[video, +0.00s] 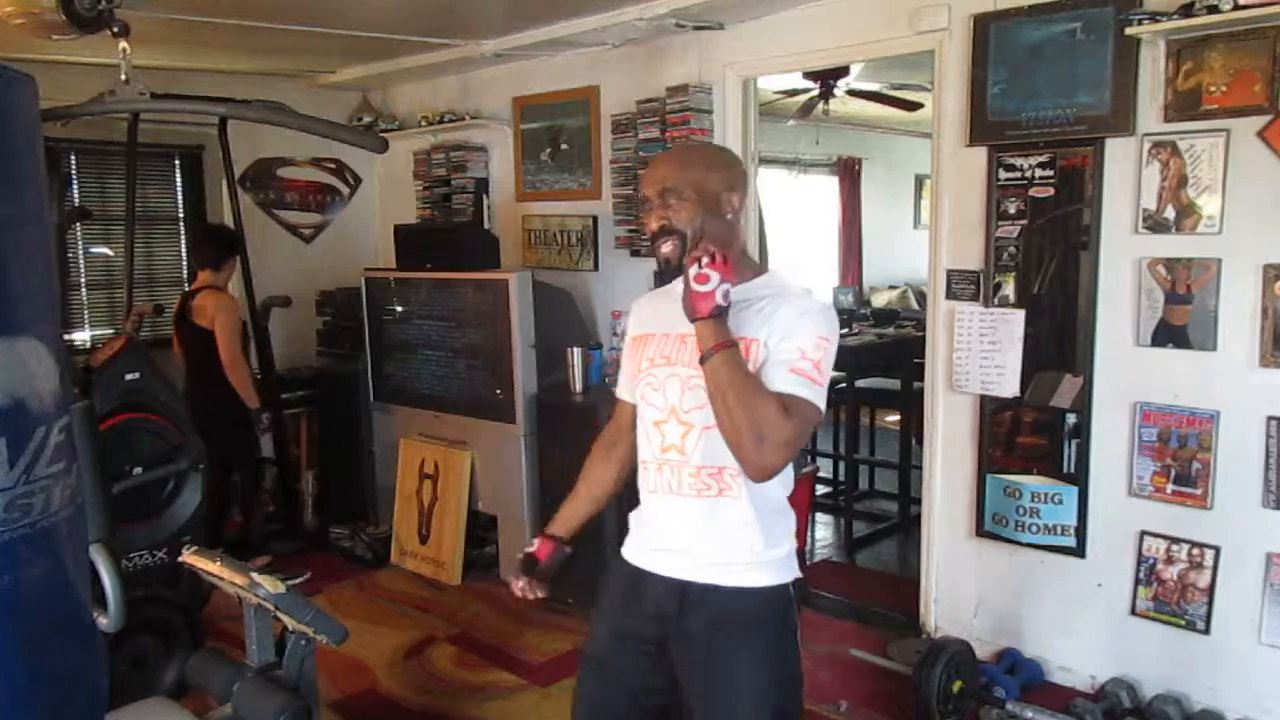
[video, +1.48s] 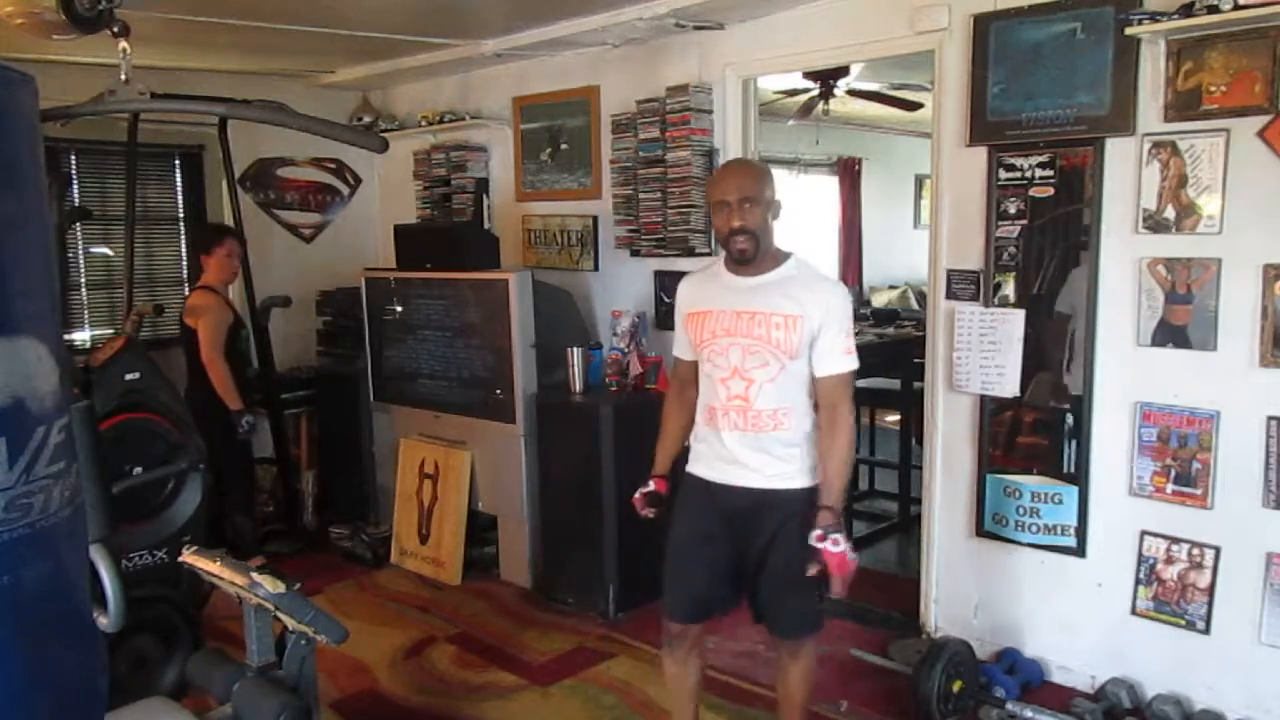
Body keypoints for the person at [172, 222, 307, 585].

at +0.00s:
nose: (235, 267)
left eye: (235, 261)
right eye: (235, 260)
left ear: (198, 260)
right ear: (229, 263)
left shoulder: (186, 301)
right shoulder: (224, 303)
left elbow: (181, 351)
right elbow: (232, 361)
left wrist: (202, 379)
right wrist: (256, 404)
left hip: (199, 400)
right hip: (226, 401)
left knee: (217, 471)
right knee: (250, 469)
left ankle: (211, 544)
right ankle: (252, 549)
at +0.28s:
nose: (236, 269)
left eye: (235, 262)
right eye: (235, 262)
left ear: (200, 261)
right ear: (229, 264)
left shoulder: (188, 300)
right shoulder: (218, 306)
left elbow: (193, 357)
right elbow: (223, 361)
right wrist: (248, 407)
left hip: (200, 398)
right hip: (219, 402)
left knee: (217, 473)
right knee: (236, 473)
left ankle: (216, 542)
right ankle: (241, 548)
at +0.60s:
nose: (236, 269)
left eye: (236, 262)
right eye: (235, 262)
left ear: (201, 261)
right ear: (228, 264)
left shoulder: (192, 300)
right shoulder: (216, 305)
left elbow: (199, 359)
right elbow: (220, 360)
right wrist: (243, 406)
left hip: (199, 399)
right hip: (217, 402)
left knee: (217, 474)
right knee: (237, 473)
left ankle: (215, 544)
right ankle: (245, 549)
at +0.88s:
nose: (236, 268)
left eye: (236, 262)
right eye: (235, 262)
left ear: (201, 261)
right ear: (227, 264)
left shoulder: (192, 300)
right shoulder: (216, 305)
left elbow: (199, 358)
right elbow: (220, 360)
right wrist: (245, 406)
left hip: (199, 398)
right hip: (217, 402)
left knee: (217, 474)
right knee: (236, 473)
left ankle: (215, 543)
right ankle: (245, 548)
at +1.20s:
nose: (239, 265)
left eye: (239, 257)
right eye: (235, 257)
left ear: (210, 261)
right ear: (218, 260)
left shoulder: (195, 299)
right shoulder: (214, 304)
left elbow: (205, 357)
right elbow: (218, 360)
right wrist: (244, 406)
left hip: (202, 401)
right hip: (218, 404)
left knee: (220, 476)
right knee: (238, 475)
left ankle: (218, 545)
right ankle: (246, 549)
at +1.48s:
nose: (237, 265)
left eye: (238, 258)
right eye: (230, 257)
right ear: (206, 259)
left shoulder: (204, 298)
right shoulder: (212, 304)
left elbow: (211, 358)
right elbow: (213, 359)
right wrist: (238, 408)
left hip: (207, 403)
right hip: (218, 407)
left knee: (223, 478)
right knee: (236, 478)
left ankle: (222, 546)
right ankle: (244, 549)